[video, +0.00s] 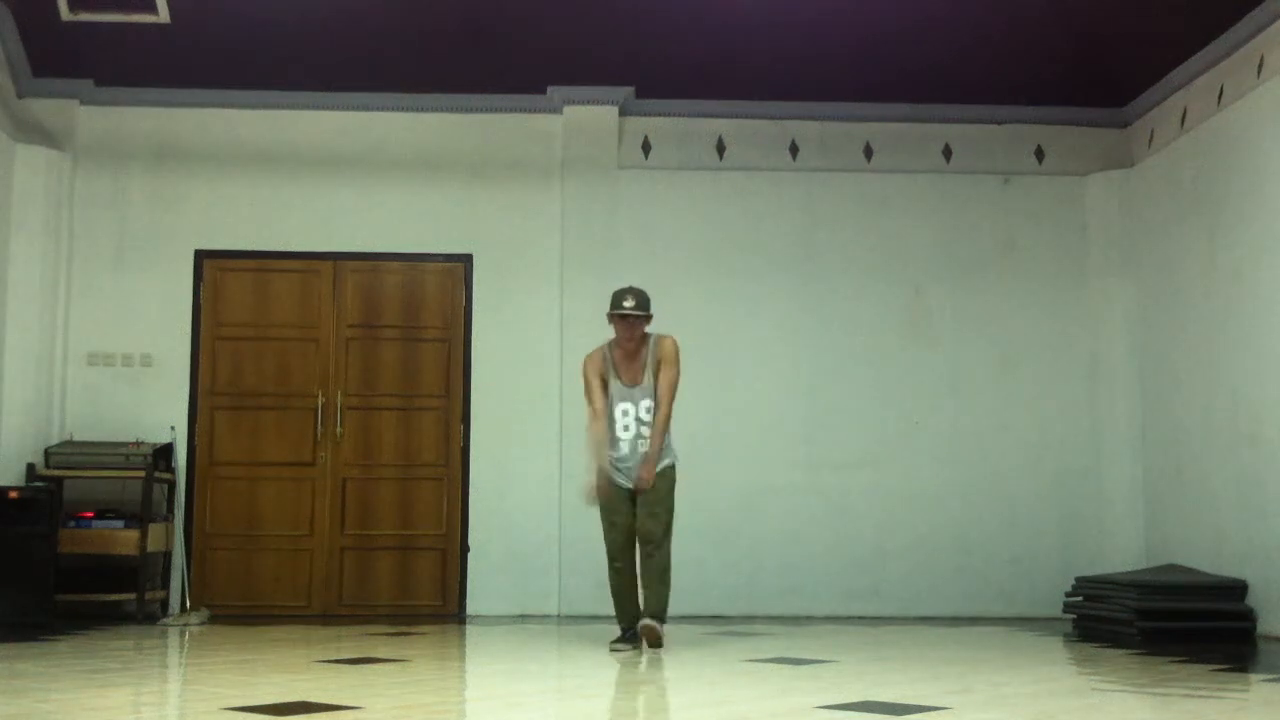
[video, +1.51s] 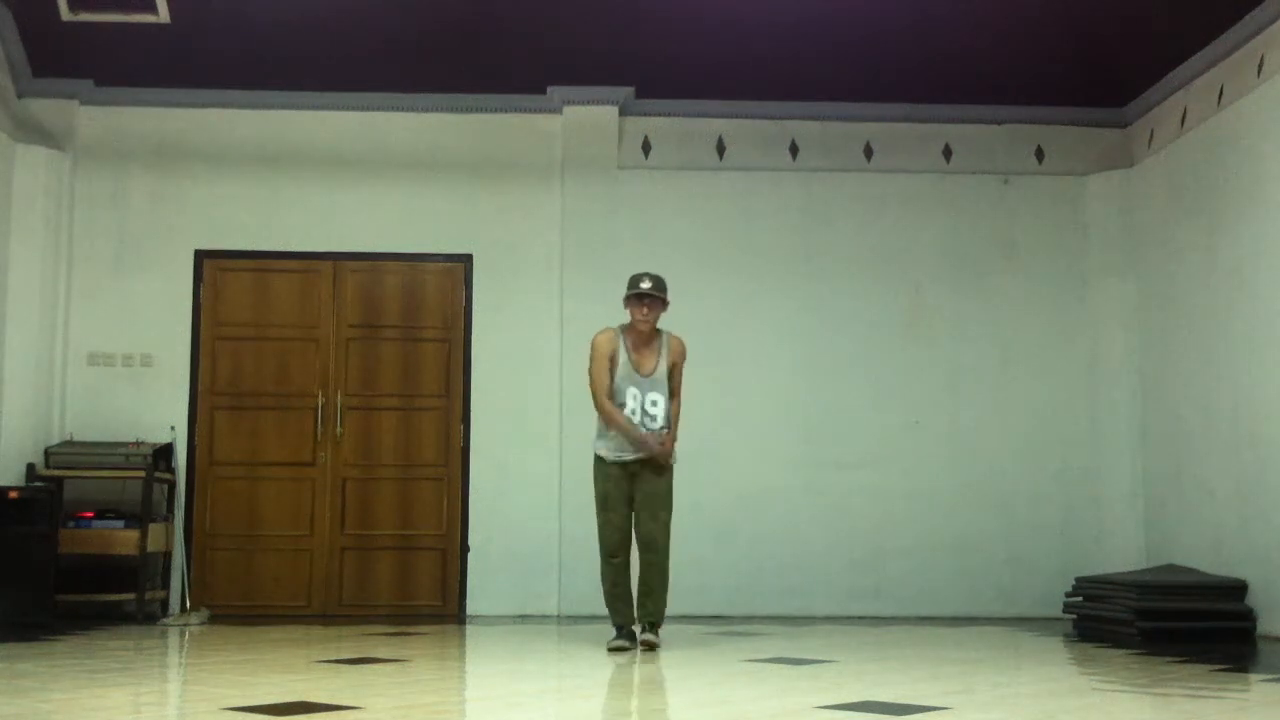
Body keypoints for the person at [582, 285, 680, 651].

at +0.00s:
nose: (628, 326)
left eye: (635, 320)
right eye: (621, 319)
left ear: (647, 321)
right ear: (611, 320)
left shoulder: (664, 348)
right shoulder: (595, 360)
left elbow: (664, 407)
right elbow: (598, 417)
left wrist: (651, 460)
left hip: (655, 465)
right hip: (613, 468)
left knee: (653, 542)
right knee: (618, 550)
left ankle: (653, 621)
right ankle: (629, 627)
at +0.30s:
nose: (655, 322)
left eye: (662, 316)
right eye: (648, 314)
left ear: (672, 319)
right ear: (635, 316)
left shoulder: (680, 359)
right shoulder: (616, 346)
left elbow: (664, 419)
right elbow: (636, 396)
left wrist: (641, 468)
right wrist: (692, 391)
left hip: (658, 462)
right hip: (614, 463)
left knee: (656, 546)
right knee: (620, 548)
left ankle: (656, 628)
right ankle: (628, 627)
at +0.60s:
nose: (654, 328)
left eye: (662, 322)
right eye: (648, 321)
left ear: (673, 326)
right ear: (637, 324)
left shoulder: (686, 365)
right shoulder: (619, 356)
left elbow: (675, 424)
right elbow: (616, 419)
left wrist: (658, 475)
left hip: (666, 468)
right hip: (621, 467)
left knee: (662, 547)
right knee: (627, 544)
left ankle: (656, 628)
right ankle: (630, 624)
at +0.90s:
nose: (631, 313)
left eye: (638, 307)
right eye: (624, 307)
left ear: (651, 310)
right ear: (615, 312)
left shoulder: (672, 346)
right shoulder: (601, 356)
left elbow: (683, 403)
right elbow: (570, 404)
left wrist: (664, 457)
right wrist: (538, 443)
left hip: (663, 465)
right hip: (619, 467)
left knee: (659, 549)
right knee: (620, 549)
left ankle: (655, 629)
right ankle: (626, 627)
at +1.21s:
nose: (628, 315)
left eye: (635, 309)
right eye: (621, 309)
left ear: (646, 312)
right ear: (611, 312)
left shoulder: (666, 345)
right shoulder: (596, 361)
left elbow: (685, 397)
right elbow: (591, 419)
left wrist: (667, 442)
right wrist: (572, 463)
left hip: (653, 463)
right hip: (610, 466)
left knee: (648, 541)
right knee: (614, 548)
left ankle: (647, 622)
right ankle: (624, 629)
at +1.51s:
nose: (644, 308)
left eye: (652, 302)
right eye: (637, 301)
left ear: (663, 307)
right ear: (627, 304)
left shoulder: (673, 347)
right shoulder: (606, 342)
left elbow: (674, 399)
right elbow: (601, 401)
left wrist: (669, 439)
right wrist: (639, 438)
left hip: (655, 460)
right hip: (612, 460)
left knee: (654, 542)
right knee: (614, 546)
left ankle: (650, 625)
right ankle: (622, 627)